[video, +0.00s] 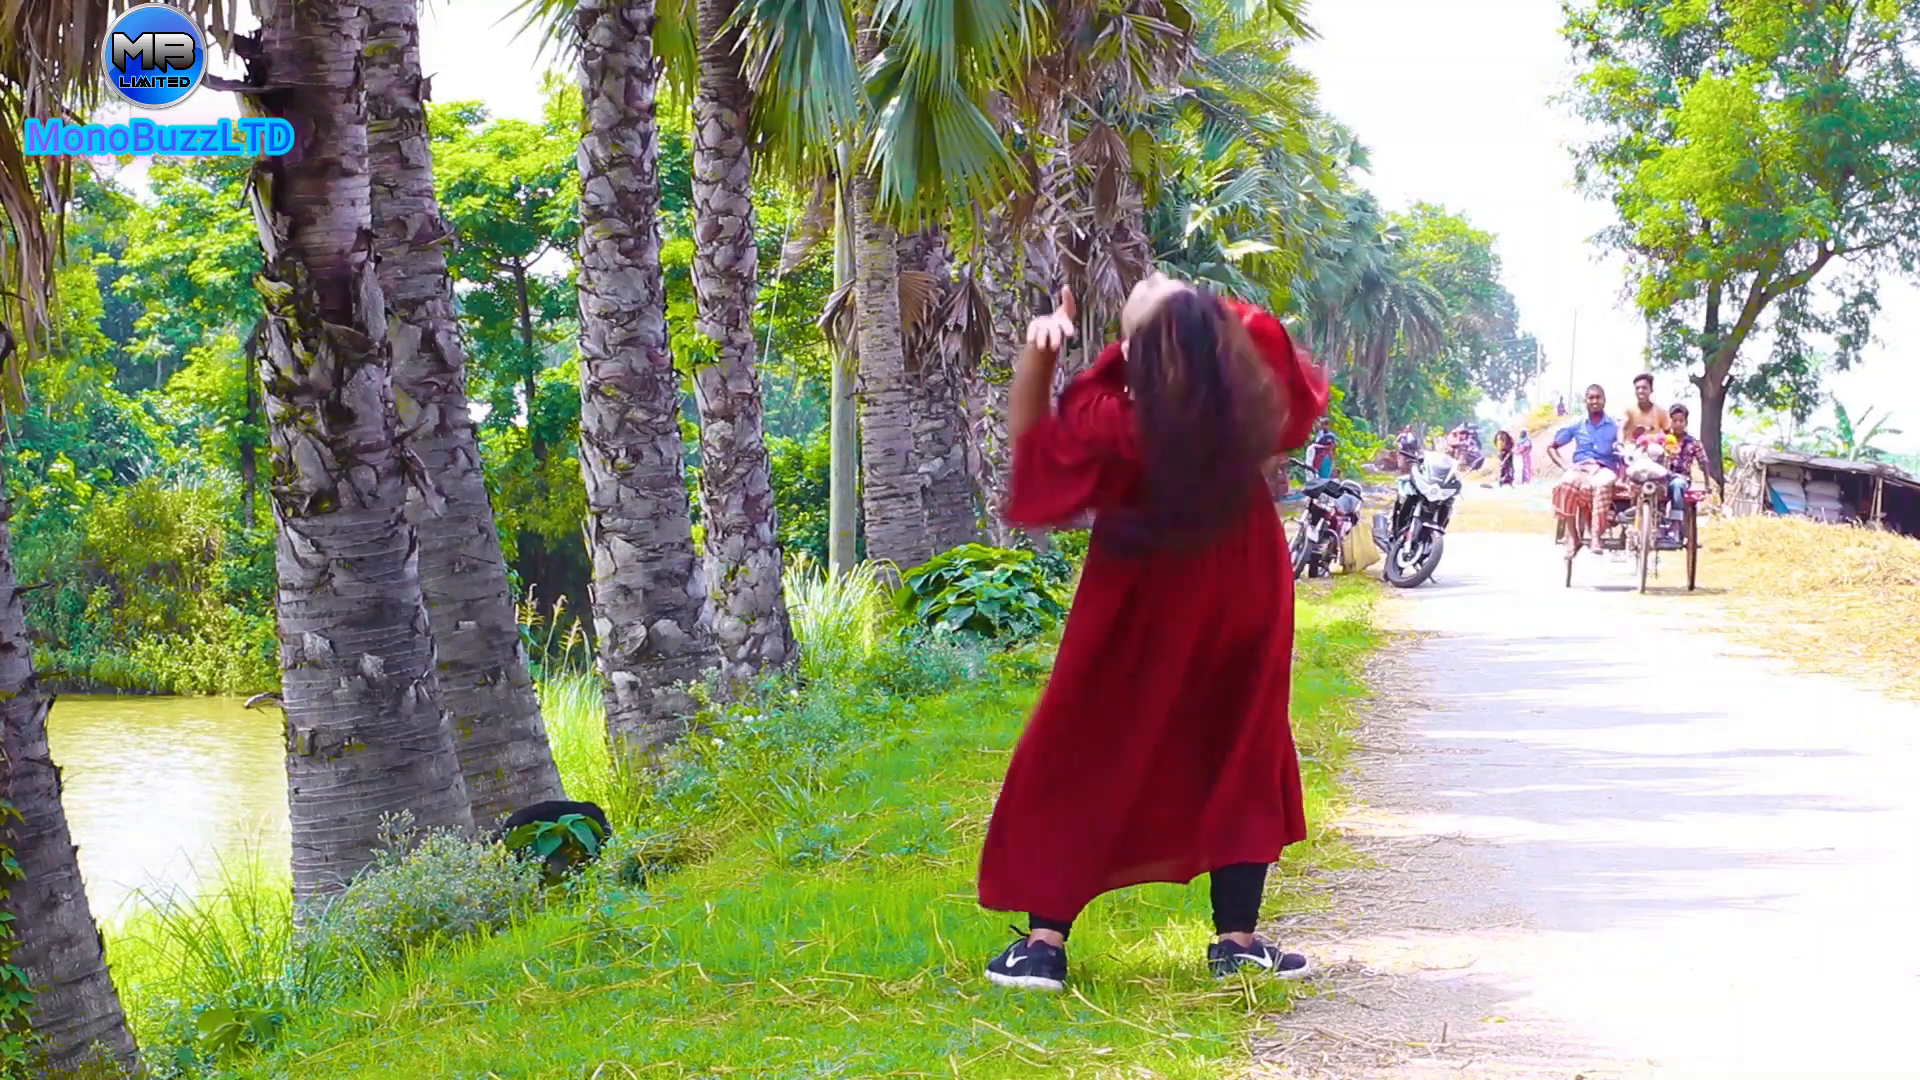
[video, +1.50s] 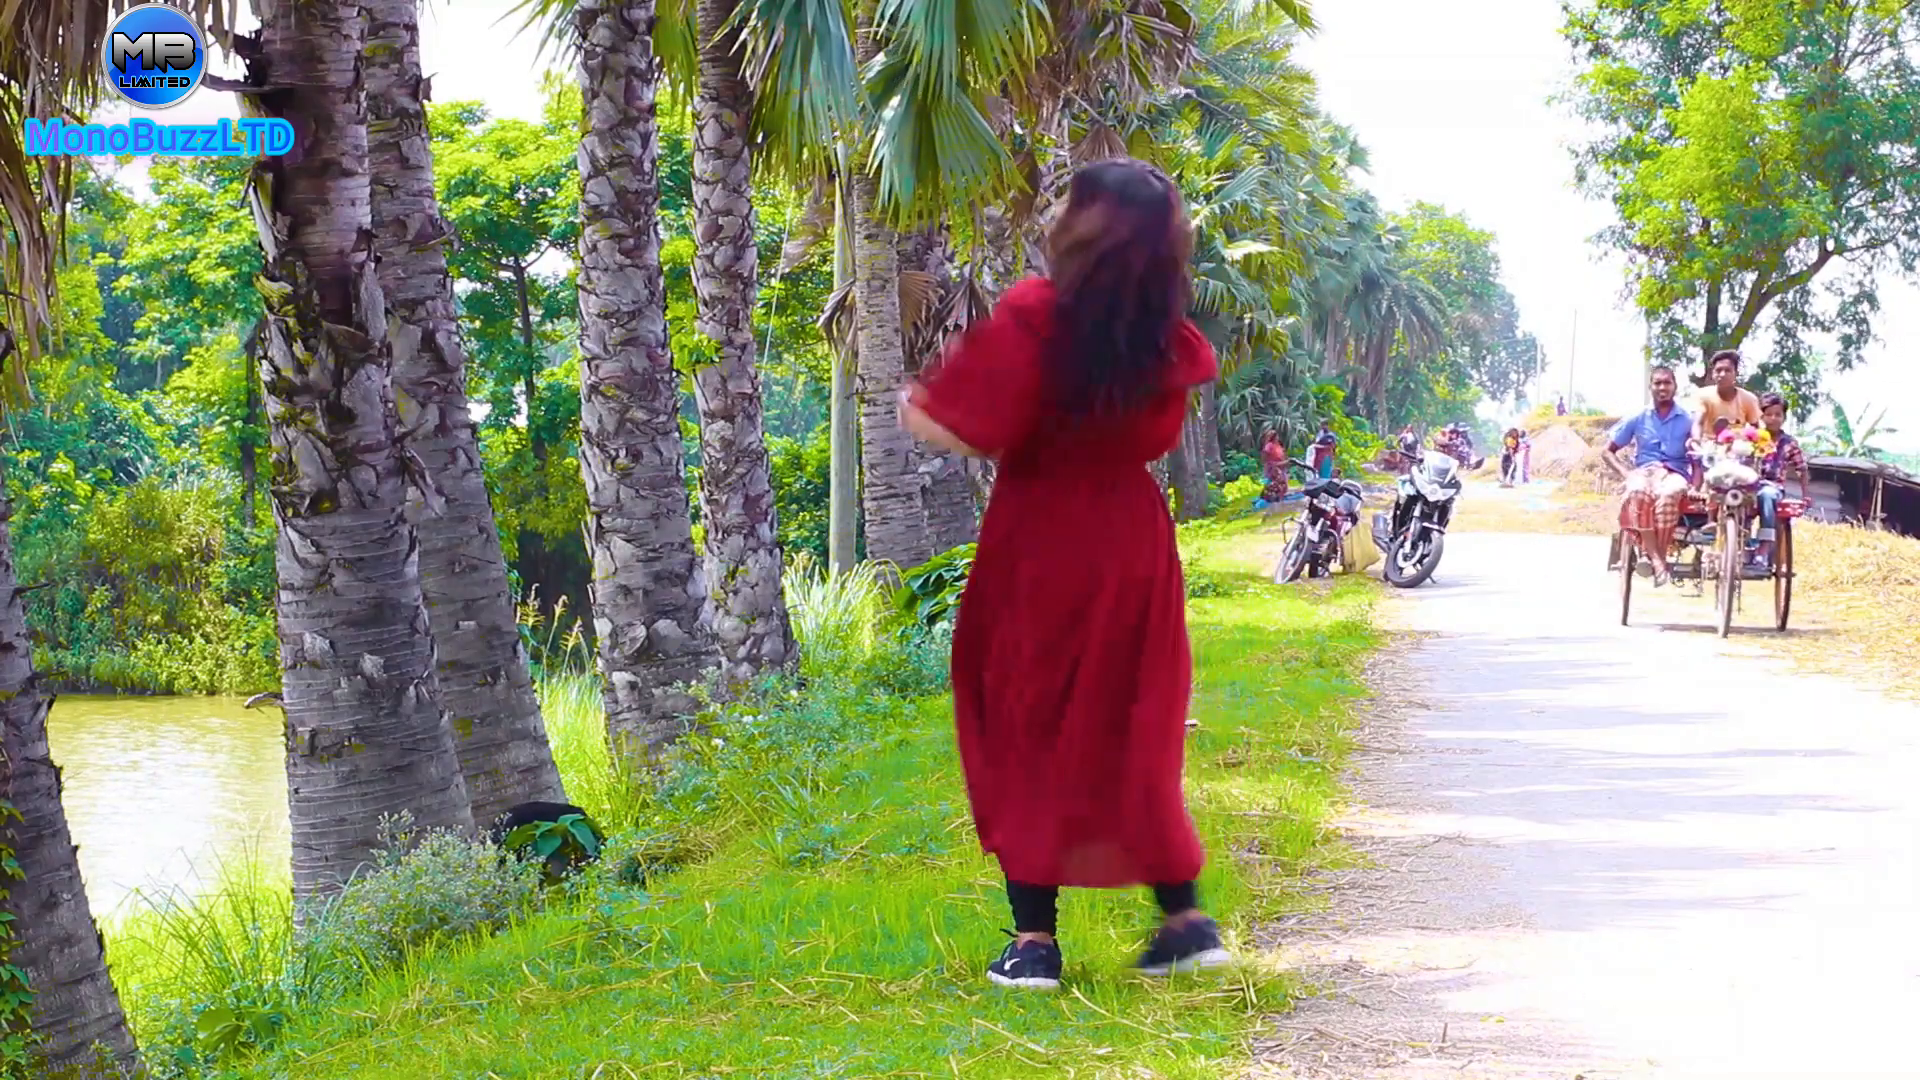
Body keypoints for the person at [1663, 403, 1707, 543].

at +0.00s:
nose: (1678, 424)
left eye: (1681, 421)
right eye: (1675, 420)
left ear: (1686, 422)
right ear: (1670, 421)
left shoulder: (1692, 442)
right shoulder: (1663, 437)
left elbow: (1703, 462)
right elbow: (1653, 456)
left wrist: (1707, 483)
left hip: (1681, 474)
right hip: (1662, 472)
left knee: (1676, 485)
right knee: (1650, 484)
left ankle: (1675, 525)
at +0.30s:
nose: (1694, 423)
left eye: (1697, 420)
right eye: (1690, 420)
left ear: (1703, 422)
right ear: (1685, 422)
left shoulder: (1709, 442)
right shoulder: (1679, 439)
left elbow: (1717, 465)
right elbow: (1670, 458)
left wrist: (1721, 485)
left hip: (1696, 476)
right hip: (1676, 475)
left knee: (1690, 485)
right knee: (1663, 485)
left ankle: (1688, 530)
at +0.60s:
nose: (1711, 423)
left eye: (1715, 419)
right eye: (1707, 419)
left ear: (1721, 421)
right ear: (1702, 421)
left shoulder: (1725, 443)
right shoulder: (1695, 439)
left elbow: (1736, 465)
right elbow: (1684, 458)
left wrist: (1739, 486)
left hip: (1712, 477)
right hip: (1692, 475)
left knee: (1705, 488)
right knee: (1678, 489)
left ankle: (1705, 533)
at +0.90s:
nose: (1729, 423)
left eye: (1733, 419)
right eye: (1725, 418)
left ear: (1739, 420)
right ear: (1719, 420)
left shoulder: (1744, 443)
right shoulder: (1711, 438)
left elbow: (1755, 467)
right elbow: (1701, 460)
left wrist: (1755, 492)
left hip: (1732, 480)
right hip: (1709, 479)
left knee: (1725, 490)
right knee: (1693, 490)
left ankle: (1721, 538)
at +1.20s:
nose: (1750, 420)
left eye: (1754, 417)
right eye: (1746, 416)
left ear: (1760, 419)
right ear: (1739, 418)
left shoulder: (1765, 443)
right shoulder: (1731, 438)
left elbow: (1777, 468)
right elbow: (1719, 459)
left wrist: (1781, 492)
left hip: (1752, 482)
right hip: (1728, 479)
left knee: (1745, 493)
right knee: (1712, 493)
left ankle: (1743, 543)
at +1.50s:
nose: (1773, 419)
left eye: (1778, 415)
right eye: (1769, 414)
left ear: (1784, 418)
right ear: (1762, 416)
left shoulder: (1789, 443)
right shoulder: (1753, 437)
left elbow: (1801, 469)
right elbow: (1739, 460)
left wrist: (1805, 495)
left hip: (1772, 483)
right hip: (1749, 482)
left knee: (1766, 495)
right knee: (1731, 495)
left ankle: (1763, 549)